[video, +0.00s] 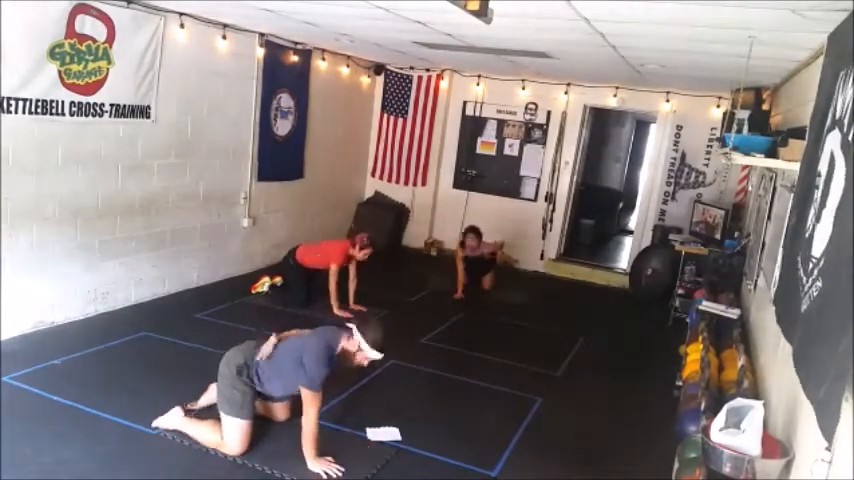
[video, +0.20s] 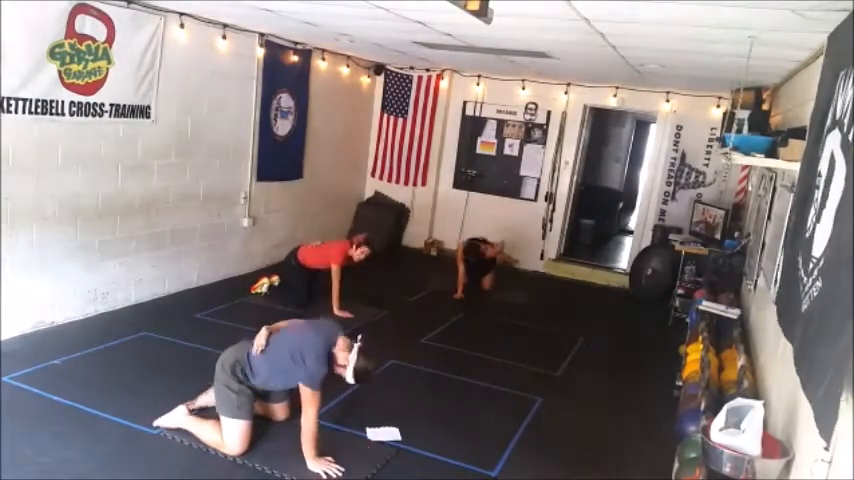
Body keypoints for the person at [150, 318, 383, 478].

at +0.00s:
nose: (368, 362)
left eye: (373, 358)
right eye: (367, 355)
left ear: (354, 338)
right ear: (353, 341)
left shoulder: (338, 334)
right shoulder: (318, 358)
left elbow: (301, 334)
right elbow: (311, 413)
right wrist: (312, 458)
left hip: (266, 359)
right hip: (240, 366)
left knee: (281, 411)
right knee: (234, 445)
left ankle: (221, 395)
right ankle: (177, 420)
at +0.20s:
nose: (339, 372)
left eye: (343, 374)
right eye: (344, 372)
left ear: (353, 346)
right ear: (347, 361)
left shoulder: (335, 328)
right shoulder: (315, 363)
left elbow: (298, 323)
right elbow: (310, 414)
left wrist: (269, 329)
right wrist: (311, 458)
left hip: (262, 357)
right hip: (235, 367)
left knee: (280, 410)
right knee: (234, 445)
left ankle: (219, 398)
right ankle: (182, 418)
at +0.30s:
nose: (337, 379)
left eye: (341, 379)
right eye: (342, 377)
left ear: (352, 355)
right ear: (348, 361)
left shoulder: (332, 333)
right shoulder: (314, 363)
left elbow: (296, 325)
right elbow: (309, 415)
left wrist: (265, 333)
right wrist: (311, 458)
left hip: (261, 358)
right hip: (236, 369)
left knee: (280, 410)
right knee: (233, 445)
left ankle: (220, 399)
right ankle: (180, 418)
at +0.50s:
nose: (353, 318)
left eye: (351, 312)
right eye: (346, 315)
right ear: (326, 320)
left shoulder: (322, 335)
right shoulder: (305, 358)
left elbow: (294, 335)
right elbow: (303, 413)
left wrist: (262, 345)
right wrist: (311, 459)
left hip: (253, 356)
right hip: (229, 370)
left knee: (279, 410)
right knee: (233, 445)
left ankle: (217, 401)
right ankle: (182, 418)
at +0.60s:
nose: (356, 318)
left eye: (355, 312)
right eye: (350, 315)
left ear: (333, 318)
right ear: (331, 319)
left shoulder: (323, 331)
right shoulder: (307, 358)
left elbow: (297, 334)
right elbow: (305, 413)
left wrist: (268, 343)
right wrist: (312, 459)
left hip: (253, 355)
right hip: (231, 370)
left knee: (280, 410)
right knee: (233, 445)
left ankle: (218, 400)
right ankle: (182, 418)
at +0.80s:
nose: (336, 384)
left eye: (340, 383)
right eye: (341, 383)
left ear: (349, 369)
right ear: (344, 373)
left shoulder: (339, 337)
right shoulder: (316, 361)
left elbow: (301, 326)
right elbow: (310, 414)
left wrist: (271, 329)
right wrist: (312, 459)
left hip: (266, 357)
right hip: (240, 367)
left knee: (280, 410)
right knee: (234, 446)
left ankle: (219, 397)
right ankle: (181, 418)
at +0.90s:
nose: (329, 391)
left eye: (332, 391)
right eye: (333, 392)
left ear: (343, 375)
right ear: (340, 379)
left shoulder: (333, 340)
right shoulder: (318, 364)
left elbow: (296, 328)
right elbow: (311, 414)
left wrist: (266, 328)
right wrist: (312, 459)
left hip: (263, 357)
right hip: (237, 368)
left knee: (280, 410)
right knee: (233, 446)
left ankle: (219, 397)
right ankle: (182, 418)